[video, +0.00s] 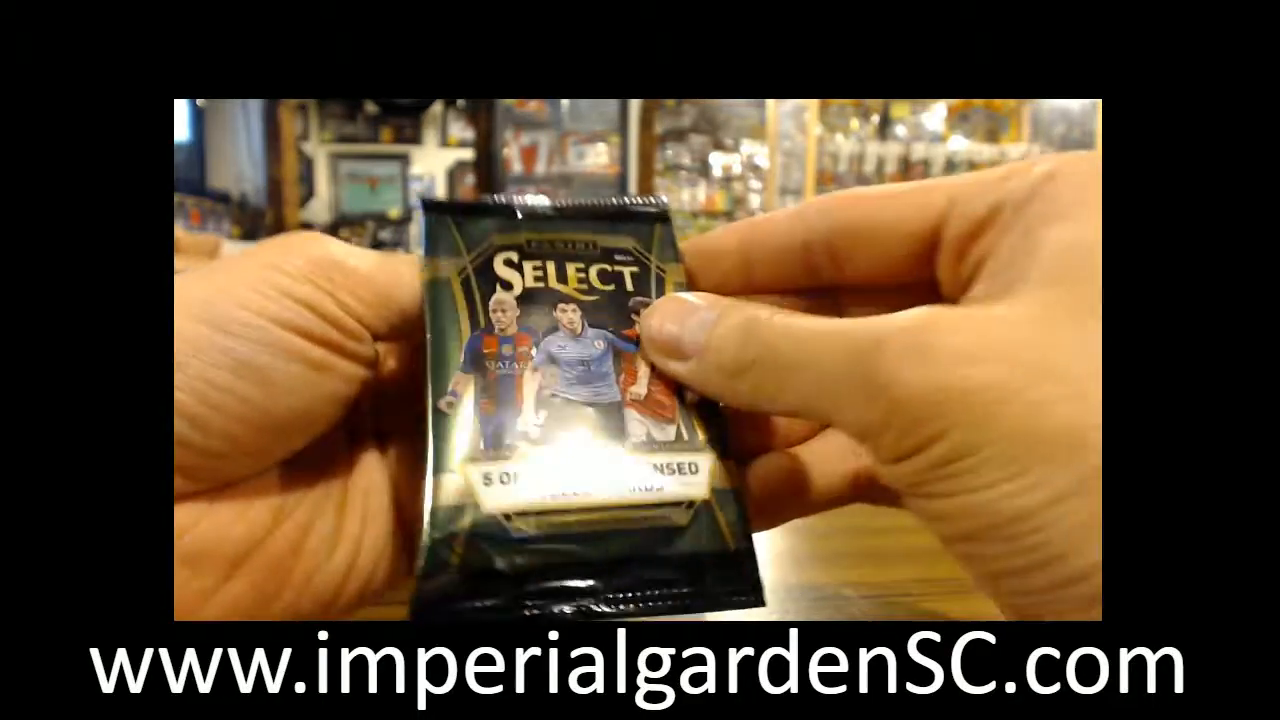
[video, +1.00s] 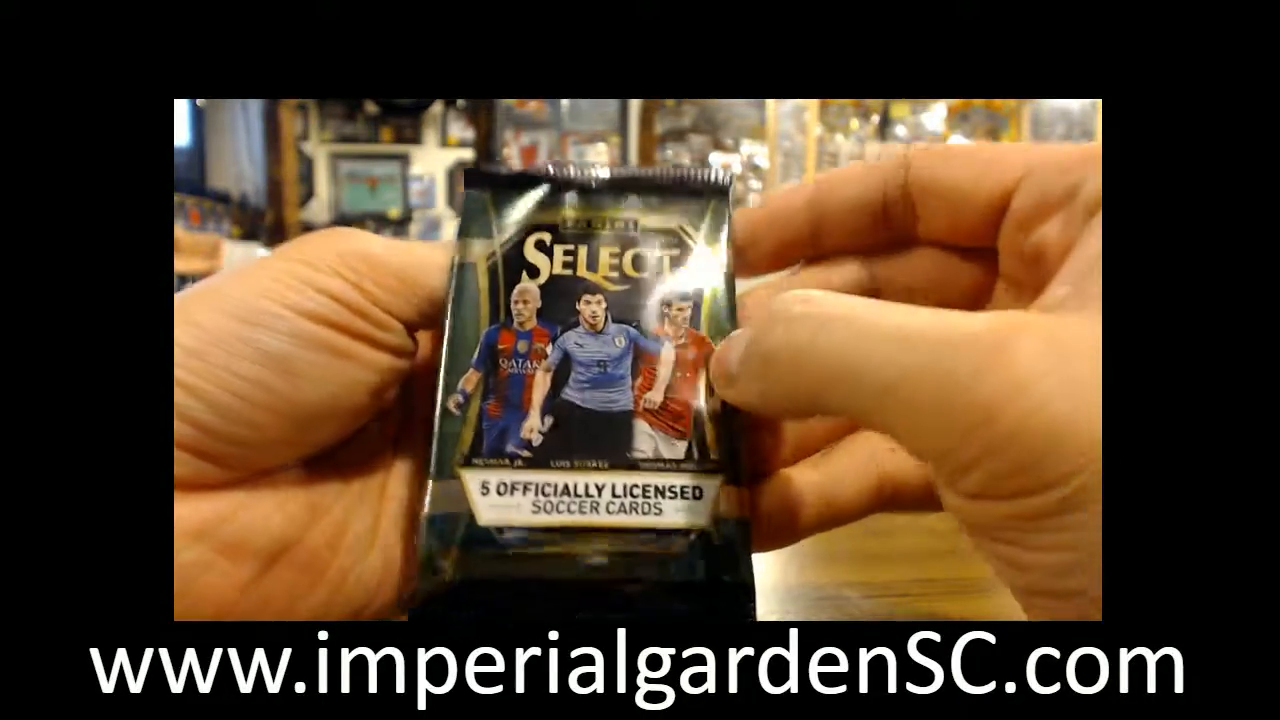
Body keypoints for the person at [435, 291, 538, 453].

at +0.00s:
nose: (499, 316)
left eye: (504, 311)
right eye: (494, 311)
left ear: (517, 312)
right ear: (489, 314)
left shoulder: (530, 337)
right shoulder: (478, 340)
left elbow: (537, 373)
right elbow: (465, 374)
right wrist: (453, 396)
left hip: (520, 411)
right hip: (490, 413)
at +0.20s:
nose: (490, 302)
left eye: (495, 298)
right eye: (486, 298)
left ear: (506, 299)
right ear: (480, 300)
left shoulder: (519, 325)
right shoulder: (464, 325)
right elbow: (445, 355)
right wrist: (430, 375)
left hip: (496, 392)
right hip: (465, 391)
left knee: (484, 435)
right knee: (459, 438)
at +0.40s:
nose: (513, 309)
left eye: (519, 304)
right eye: (510, 304)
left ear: (531, 305)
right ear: (505, 306)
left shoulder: (543, 332)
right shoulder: (487, 332)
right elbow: (467, 363)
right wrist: (452, 383)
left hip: (516, 401)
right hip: (484, 399)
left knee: (502, 443)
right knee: (478, 447)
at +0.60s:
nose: (520, 314)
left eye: (526, 309)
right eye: (516, 308)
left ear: (538, 310)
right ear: (511, 310)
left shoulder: (551, 338)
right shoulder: (494, 338)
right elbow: (474, 370)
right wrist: (459, 390)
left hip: (524, 410)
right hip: (492, 407)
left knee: (509, 453)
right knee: (486, 457)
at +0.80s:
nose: (522, 319)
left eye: (528, 314)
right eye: (518, 314)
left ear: (540, 316)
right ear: (513, 316)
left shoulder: (552, 343)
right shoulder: (496, 343)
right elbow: (476, 374)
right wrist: (460, 394)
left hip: (524, 413)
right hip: (493, 411)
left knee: (509, 457)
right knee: (487, 460)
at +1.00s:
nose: (519, 308)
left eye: (525, 303)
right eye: (515, 303)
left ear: (538, 304)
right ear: (510, 305)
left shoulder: (552, 336)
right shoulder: (494, 335)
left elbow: (560, 376)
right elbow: (475, 372)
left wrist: (551, 412)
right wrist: (462, 394)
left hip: (530, 415)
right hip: (496, 413)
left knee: (514, 458)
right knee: (491, 465)